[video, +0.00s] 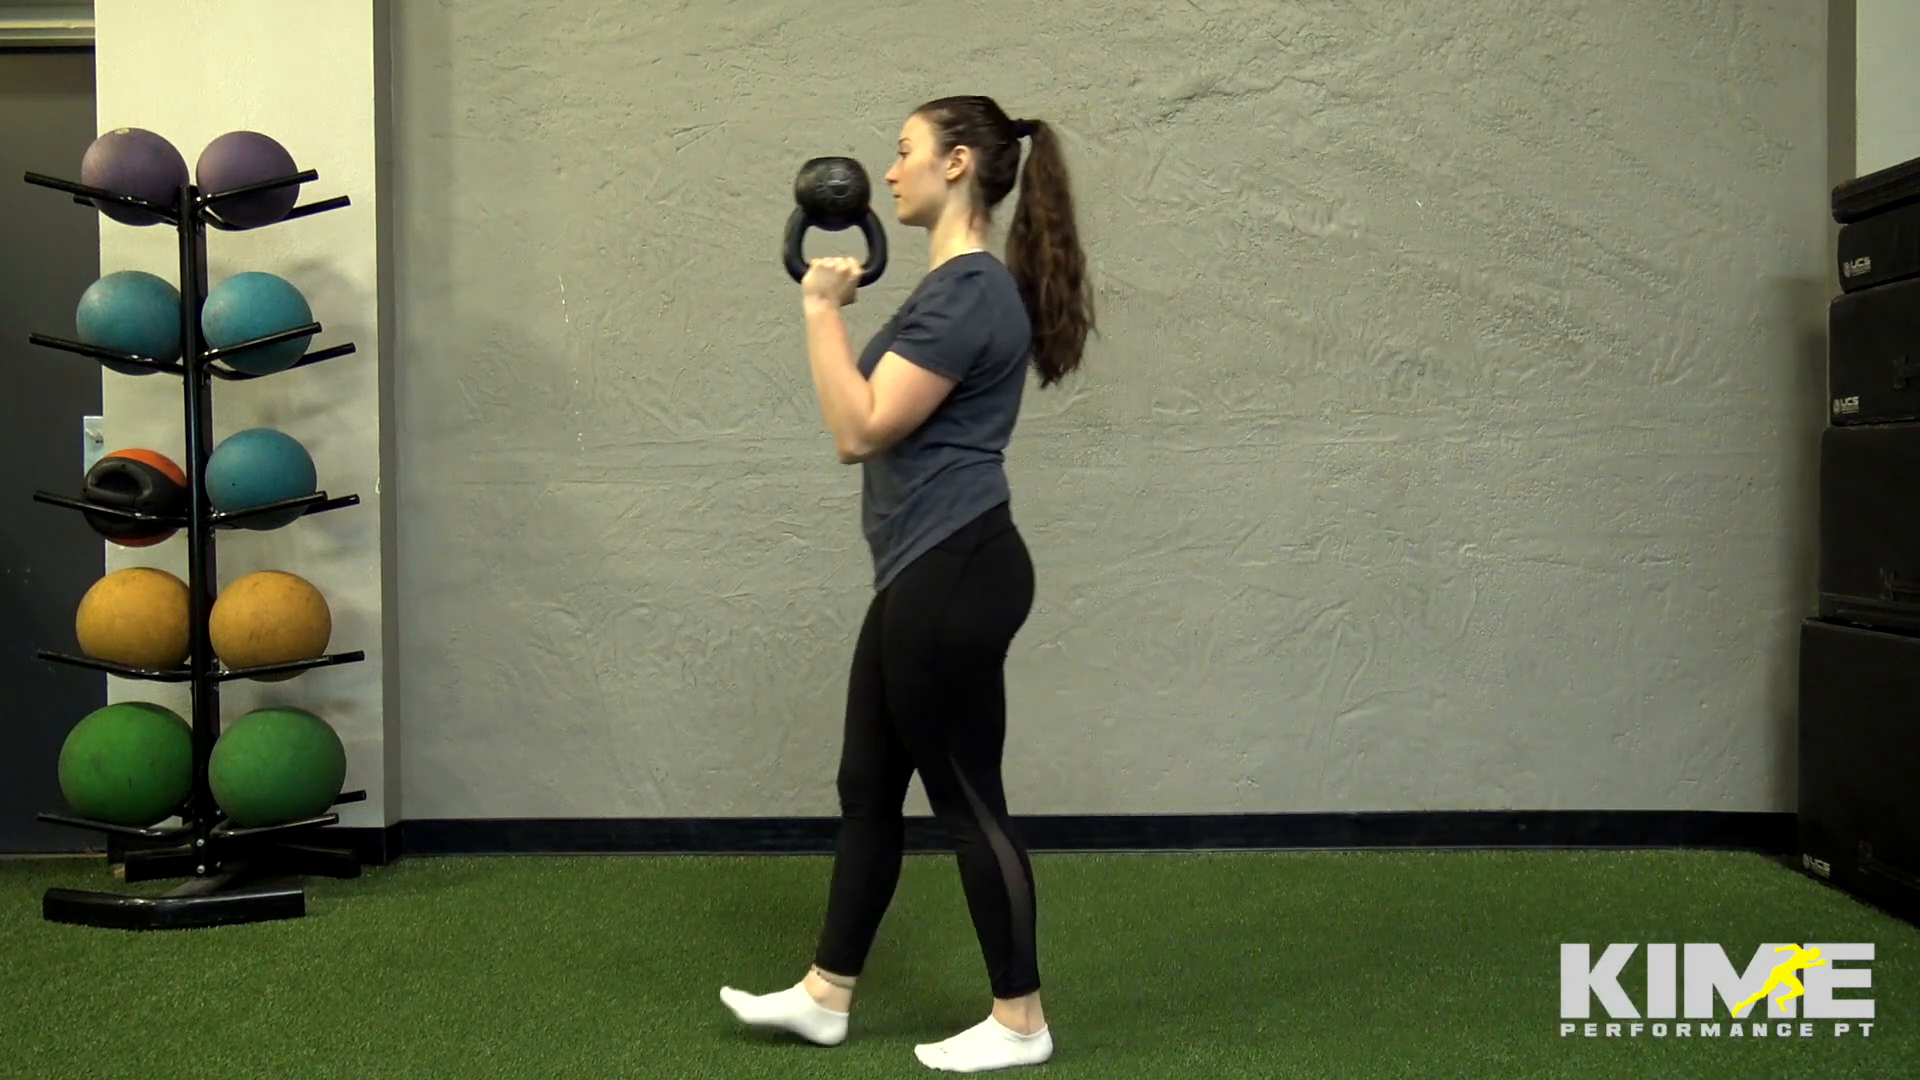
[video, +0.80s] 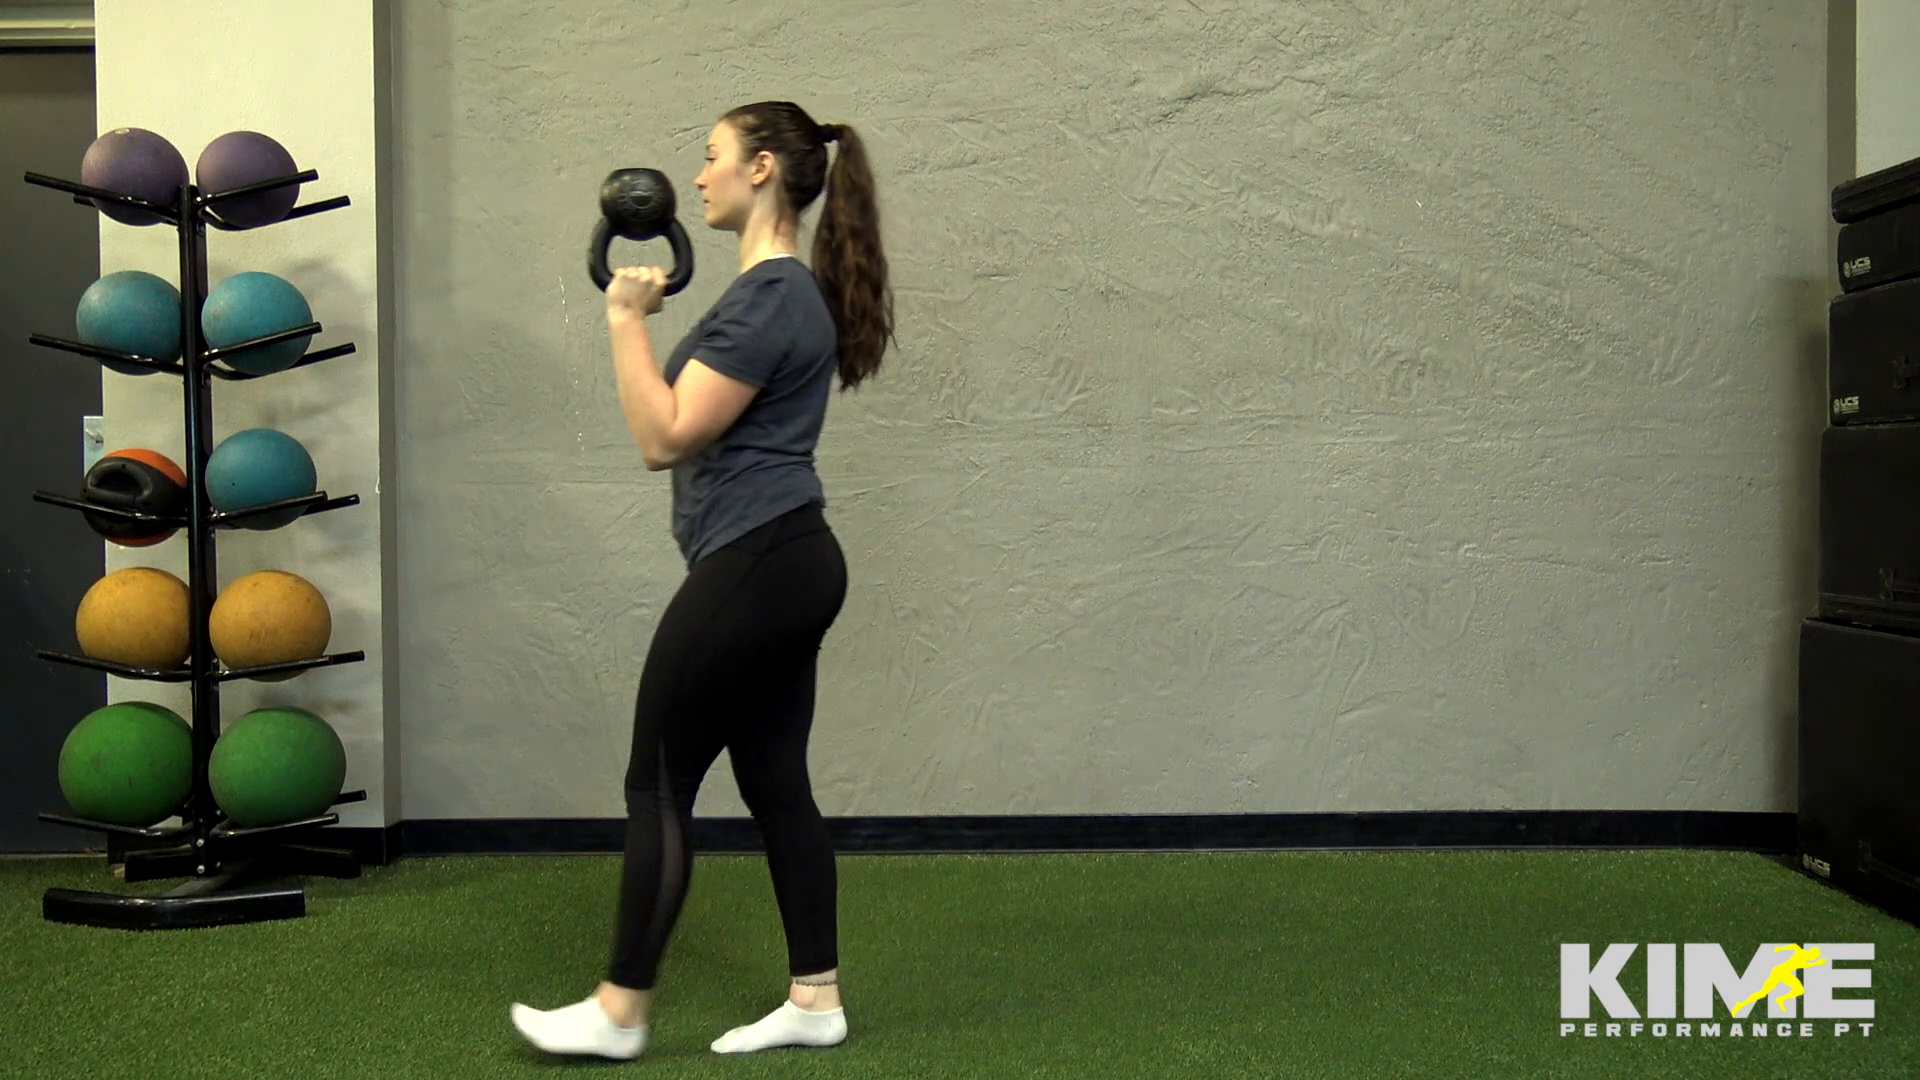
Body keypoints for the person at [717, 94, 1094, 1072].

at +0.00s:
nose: (888, 174)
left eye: (904, 157)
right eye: (893, 156)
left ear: (958, 169)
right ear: (957, 172)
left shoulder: (972, 291)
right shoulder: (947, 286)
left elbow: (858, 425)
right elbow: (868, 424)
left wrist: (822, 309)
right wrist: (823, 314)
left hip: (958, 567)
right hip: (919, 570)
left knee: (967, 800)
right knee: (870, 787)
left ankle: (1020, 1017)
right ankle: (825, 993)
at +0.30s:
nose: (813, 174)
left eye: (828, 157)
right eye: (819, 157)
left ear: (878, 171)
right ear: (884, 172)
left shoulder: (888, 295)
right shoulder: (879, 289)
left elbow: (784, 429)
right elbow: (779, 435)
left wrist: (745, 312)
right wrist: (755, 317)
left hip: (871, 564)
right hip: (857, 562)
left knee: (860, 791)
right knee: (835, 788)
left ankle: (996, 987)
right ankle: (820, 1000)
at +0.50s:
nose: (763, 176)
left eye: (778, 159)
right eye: (768, 159)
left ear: (829, 171)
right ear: (833, 173)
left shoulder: (842, 295)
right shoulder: (838, 290)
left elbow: (739, 434)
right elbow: (736, 434)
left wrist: (697, 317)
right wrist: (705, 318)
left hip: (817, 563)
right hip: (832, 558)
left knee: (739, 792)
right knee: (811, 788)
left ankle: (894, 956)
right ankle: (817, 1000)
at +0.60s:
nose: (735, 176)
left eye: (749, 159)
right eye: (740, 159)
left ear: (800, 171)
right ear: (806, 173)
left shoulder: (812, 295)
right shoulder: (818, 290)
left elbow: (710, 433)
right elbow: (706, 434)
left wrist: (669, 317)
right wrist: (676, 318)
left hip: (788, 564)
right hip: (821, 558)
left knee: (689, 781)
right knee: (800, 782)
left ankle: (768, 992)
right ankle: (818, 993)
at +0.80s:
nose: (697, 178)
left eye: (712, 161)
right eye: (704, 161)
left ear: (764, 175)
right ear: (773, 178)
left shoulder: (768, 297)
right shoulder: (789, 292)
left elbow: (663, 435)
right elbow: (676, 432)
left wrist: (625, 315)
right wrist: (631, 324)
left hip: (751, 567)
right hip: (788, 559)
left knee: (657, 779)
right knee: (778, 786)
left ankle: (619, 1009)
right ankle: (816, 999)